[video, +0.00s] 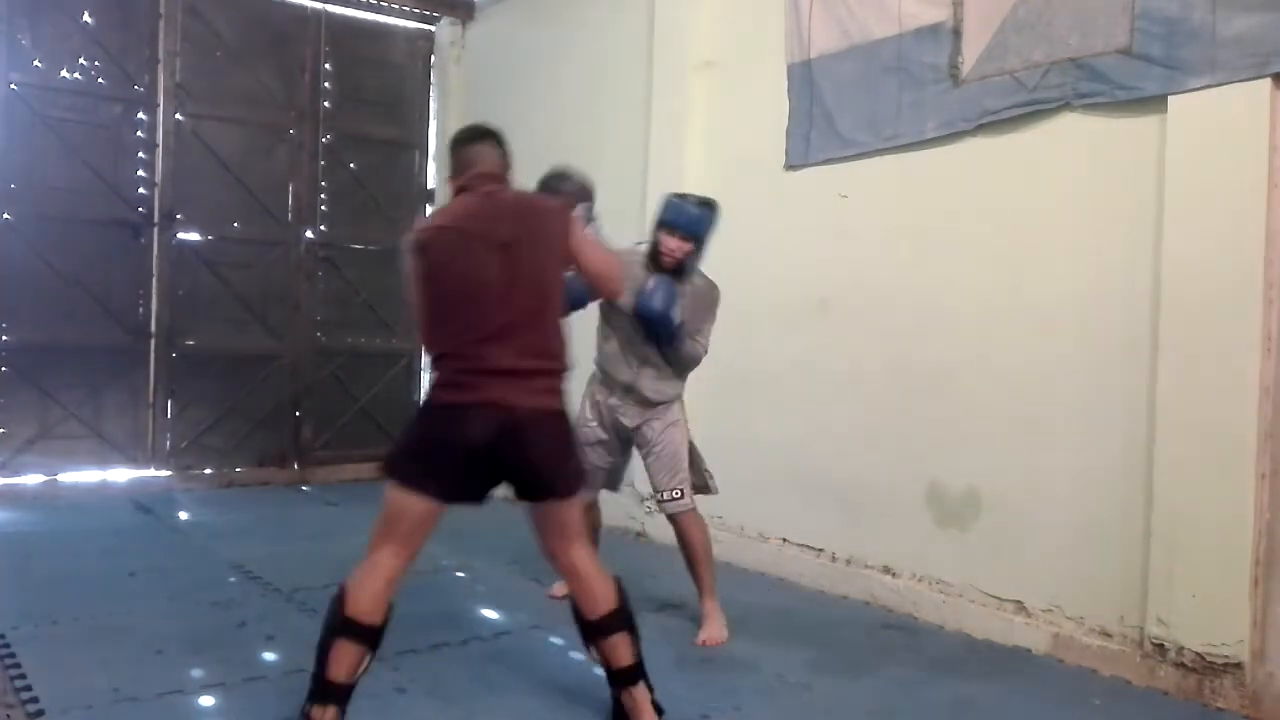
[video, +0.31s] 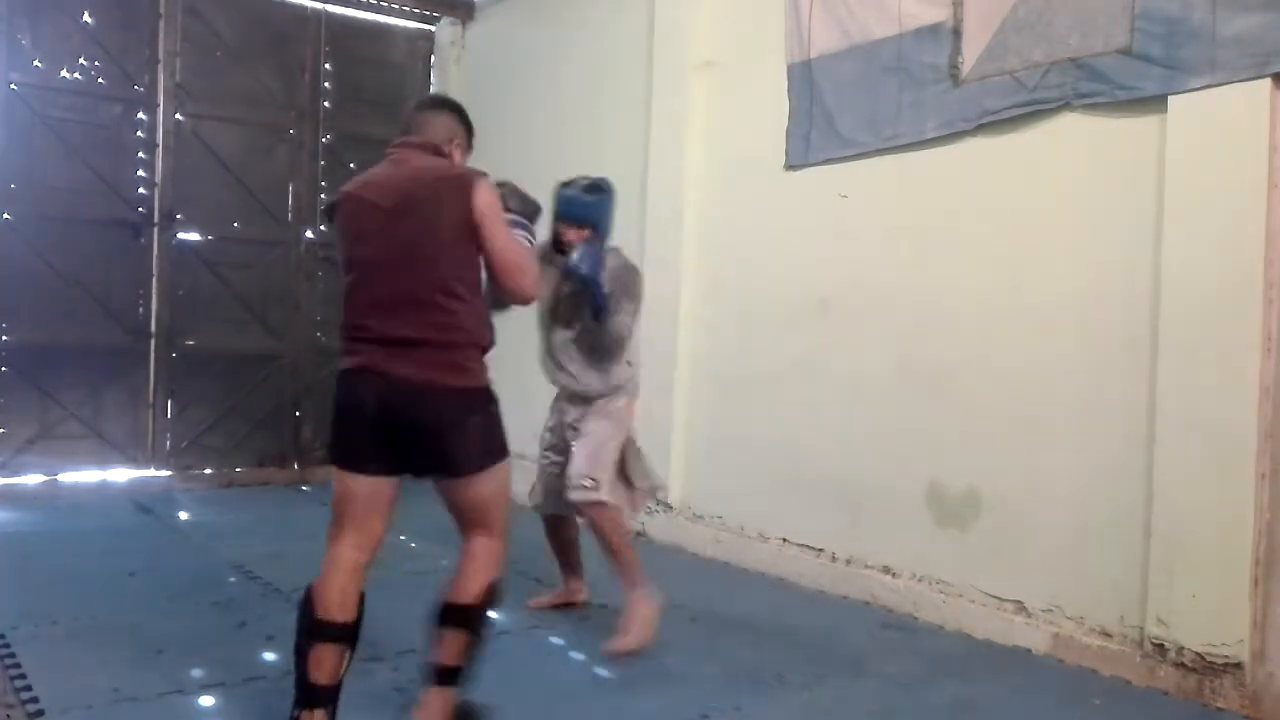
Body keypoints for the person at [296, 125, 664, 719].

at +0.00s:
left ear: (450, 176)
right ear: (509, 170)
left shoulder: (425, 234)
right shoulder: (550, 214)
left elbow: (428, 331)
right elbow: (611, 282)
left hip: (452, 423)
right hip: (538, 425)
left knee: (388, 555)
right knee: (575, 556)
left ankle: (323, 707)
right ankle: (639, 703)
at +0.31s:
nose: (466, 161)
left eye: (467, 155)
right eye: (468, 153)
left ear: (399, 136)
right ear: (454, 144)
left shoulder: (353, 196)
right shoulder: (469, 187)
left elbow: (374, 274)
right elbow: (520, 283)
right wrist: (518, 233)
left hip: (366, 395)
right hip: (451, 398)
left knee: (348, 545)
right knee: (483, 534)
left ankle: (313, 708)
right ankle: (439, 701)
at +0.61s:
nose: (459, 160)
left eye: (464, 153)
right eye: (464, 150)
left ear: (405, 120)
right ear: (447, 137)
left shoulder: (347, 169)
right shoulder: (432, 174)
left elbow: (398, 257)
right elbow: (508, 256)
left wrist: (466, 246)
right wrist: (513, 218)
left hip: (344, 371)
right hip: (397, 384)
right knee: (409, 544)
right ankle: (373, 701)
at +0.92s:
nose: (439, 166)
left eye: (445, 156)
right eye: (442, 153)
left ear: (381, 124)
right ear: (425, 140)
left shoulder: (312, 170)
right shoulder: (416, 200)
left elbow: (364, 254)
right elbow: (452, 276)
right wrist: (471, 218)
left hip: (309, 374)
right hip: (372, 385)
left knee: (384, 525)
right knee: (385, 545)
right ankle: (368, 702)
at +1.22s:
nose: (400, 224)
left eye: (407, 217)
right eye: (407, 213)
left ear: (365, 165)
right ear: (394, 186)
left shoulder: (281, 194)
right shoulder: (360, 207)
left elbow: (302, 293)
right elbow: (385, 306)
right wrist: (425, 246)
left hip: (247, 391)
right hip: (314, 396)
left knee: (262, 543)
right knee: (377, 534)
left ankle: (214, 698)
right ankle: (356, 701)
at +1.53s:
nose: (377, 205)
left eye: (382, 199)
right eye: (383, 195)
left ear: (345, 154)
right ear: (369, 173)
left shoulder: (262, 183)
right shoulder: (337, 198)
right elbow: (361, 297)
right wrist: (398, 244)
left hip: (232, 383)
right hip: (292, 387)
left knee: (258, 532)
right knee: (306, 551)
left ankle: (201, 689)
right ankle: (272, 704)